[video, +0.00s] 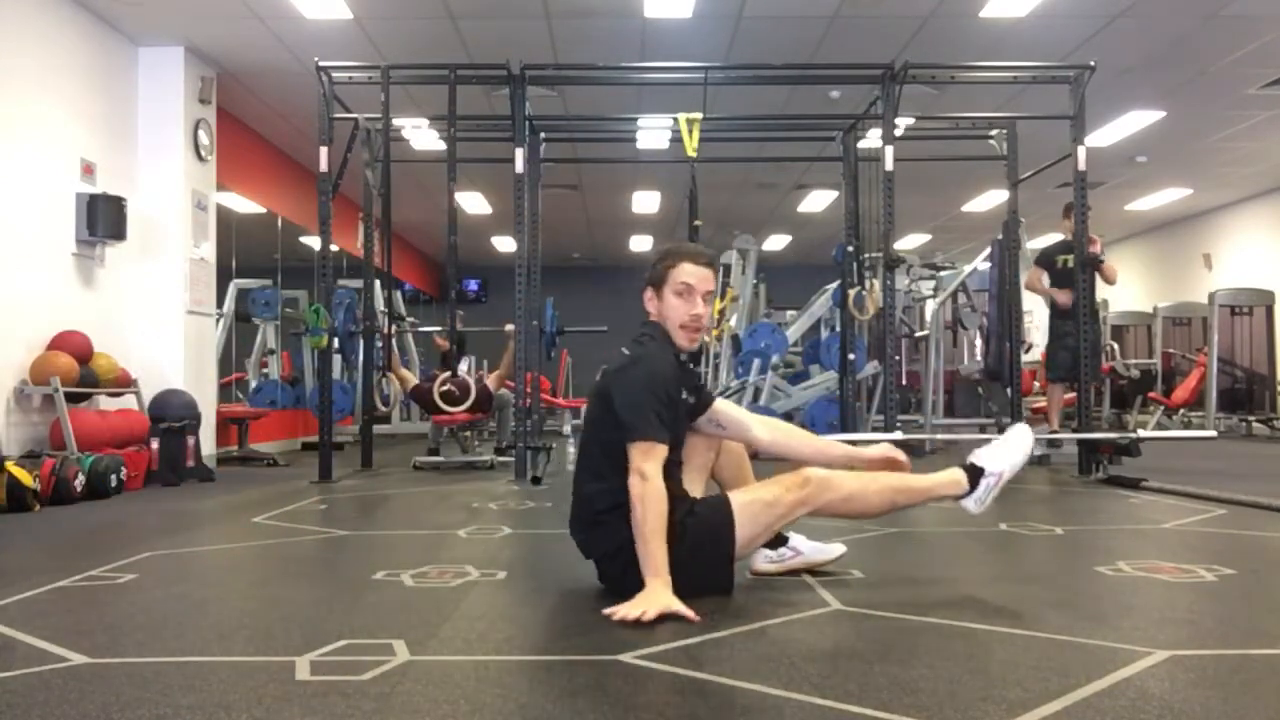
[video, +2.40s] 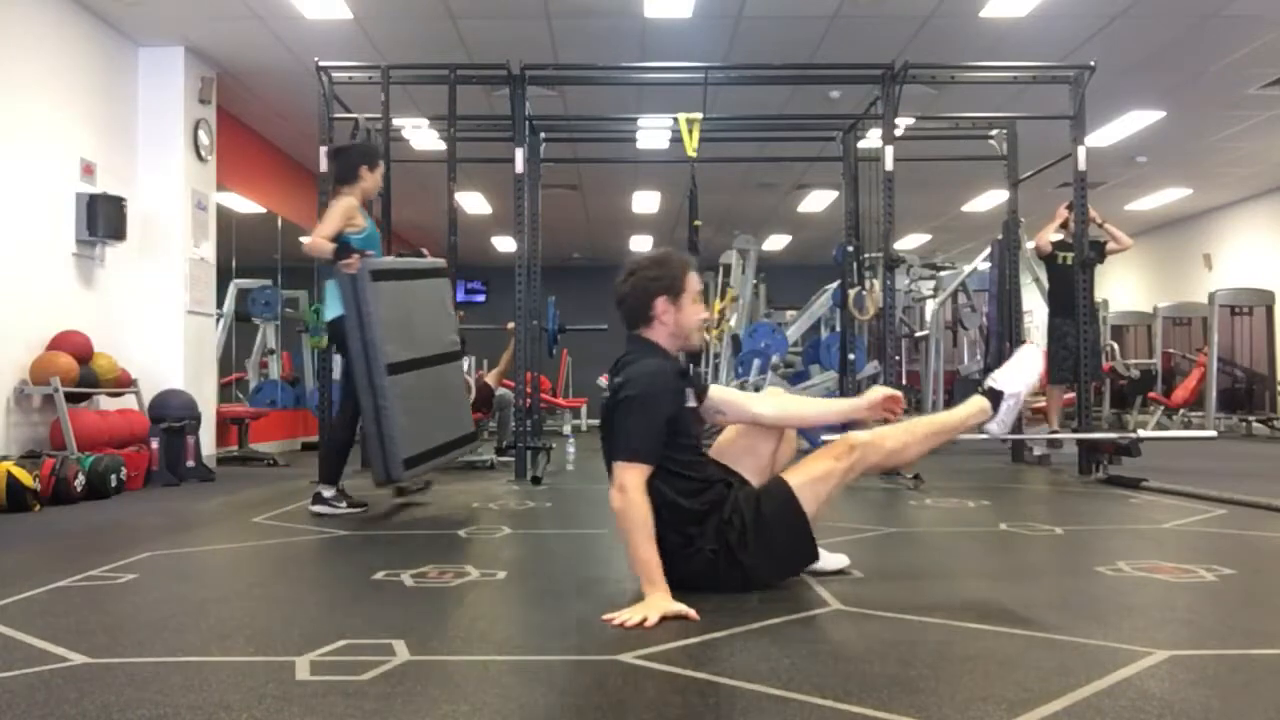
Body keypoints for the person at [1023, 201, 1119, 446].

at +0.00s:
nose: (1081, 223)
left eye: (1084, 218)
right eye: (1076, 218)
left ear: (1088, 220)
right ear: (1065, 221)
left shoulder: (1093, 249)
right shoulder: (1052, 251)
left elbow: (1112, 279)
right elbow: (1031, 281)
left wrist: (1097, 257)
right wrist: (1053, 293)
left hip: (1089, 321)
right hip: (1062, 321)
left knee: (1089, 377)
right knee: (1057, 377)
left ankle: (1087, 425)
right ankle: (1054, 428)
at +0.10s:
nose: (1081, 223)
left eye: (1085, 218)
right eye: (1076, 219)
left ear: (1089, 220)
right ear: (1065, 221)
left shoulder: (1091, 250)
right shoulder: (1051, 252)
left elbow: (1111, 277)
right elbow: (1038, 281)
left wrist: (1096, 255)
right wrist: (1068, 266)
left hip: (1089, 320)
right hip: (1062, 320)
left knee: (1089, 376)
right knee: (1058, 377)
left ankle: (1087, 424)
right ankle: (1054, 428)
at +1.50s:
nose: (1080, 223)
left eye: (1085, 217)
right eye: (1075, 217)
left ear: (1090, 222)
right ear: (1066, 220)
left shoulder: (1093, 248)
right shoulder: (1057, 245)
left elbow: (1128, 253)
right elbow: (1043, 253)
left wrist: (1106, 230)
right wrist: (1058, 229)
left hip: (1088, 318)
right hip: (1063, 317)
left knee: (1088, 376)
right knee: (1058, 376)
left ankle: (1086, 425)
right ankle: (1055, 427)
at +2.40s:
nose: (1080, 219)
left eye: (1083, 215)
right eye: (1076, 214)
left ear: (1087, 221)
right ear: (1066, 220)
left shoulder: (1092, 248)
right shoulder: (1056, 246)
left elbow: (1126, 244)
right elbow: (1040, 245)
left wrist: (1100, 221)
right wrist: (1057, 221)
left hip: (1086, 316)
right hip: (1061, 316)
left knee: (1087, 373)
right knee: (1058, 376)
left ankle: (1086, 424)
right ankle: (1054, 427)